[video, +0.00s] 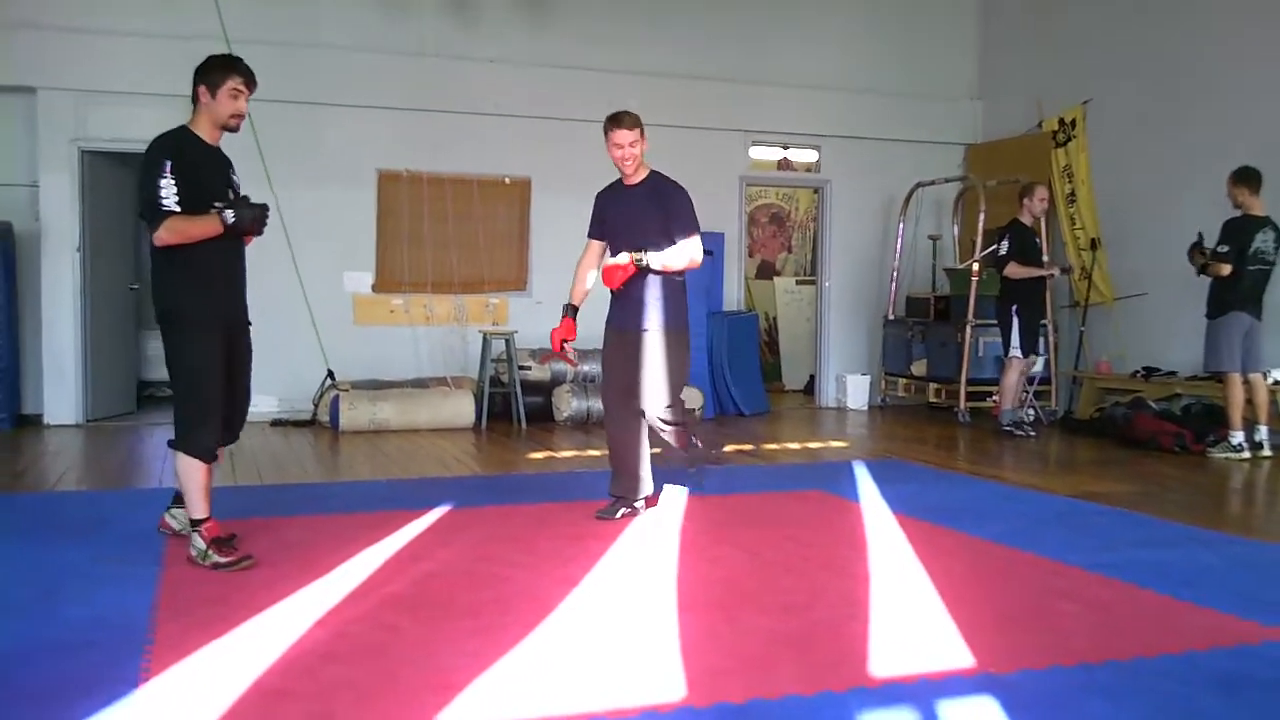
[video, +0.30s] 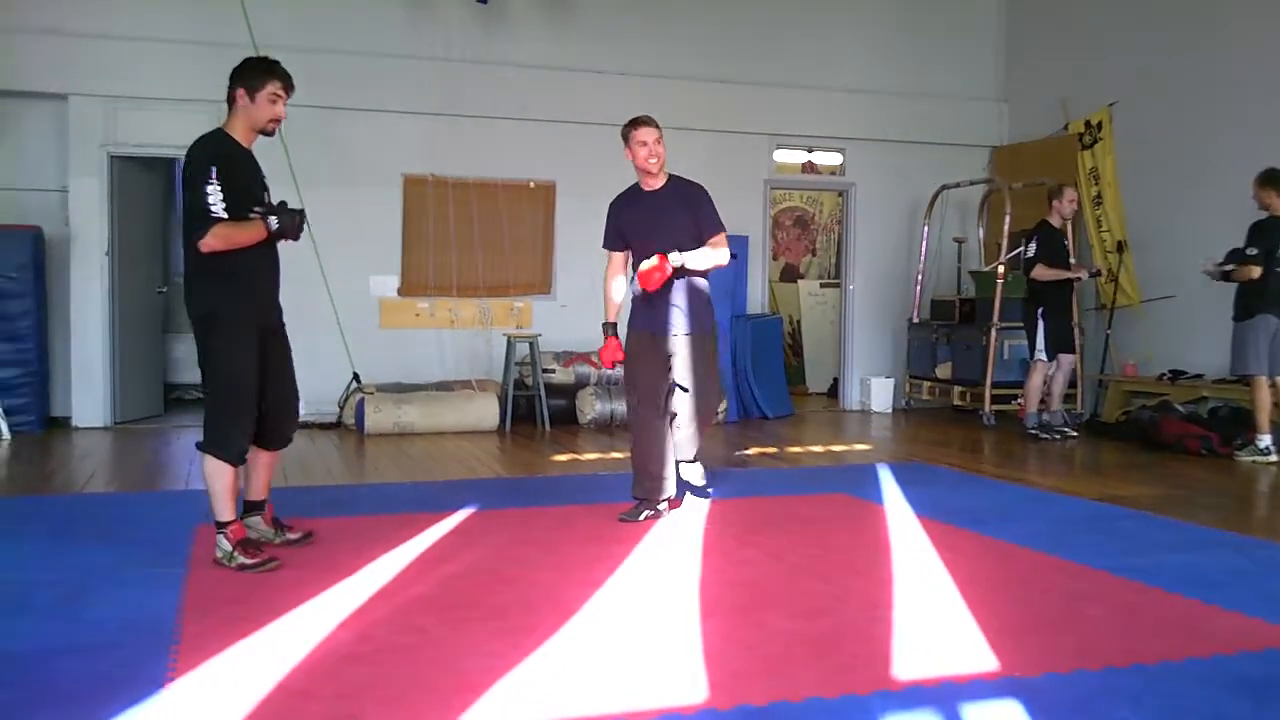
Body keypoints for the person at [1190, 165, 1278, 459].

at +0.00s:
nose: (1229, 196)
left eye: (1231, 191)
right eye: (1229, 191)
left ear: (1242, 191)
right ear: (1255, 190)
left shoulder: (1235, 226)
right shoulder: (1271, 228)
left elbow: (1223, 269)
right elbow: (1252, 267)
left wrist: (1201, 263)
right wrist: (1210, 257)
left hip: (1229, 308)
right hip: (1254, 309)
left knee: (1232, 375)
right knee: (1255, 373)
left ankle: (1236, 440)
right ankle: (1262, 438)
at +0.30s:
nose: (1255, 198)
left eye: (1258, 193)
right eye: (1255, 193)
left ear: (1271, 193)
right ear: (1275, 193)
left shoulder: (1263, 227)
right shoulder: (1275, 225)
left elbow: (1252, 271)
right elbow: (1263, 267)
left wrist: (1224, 273)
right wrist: (1232, 266)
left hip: (1259, 312)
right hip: (1275, 310)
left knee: (1258, 378)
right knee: (1271, 378)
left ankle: (1263, 442)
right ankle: (1266, 439)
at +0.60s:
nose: (1237, 191)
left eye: (1239, 186)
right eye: (1238, 186)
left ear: (1251, 187)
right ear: (1264, 187)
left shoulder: (1244, 220)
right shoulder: (1276, 219)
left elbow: (1238, 264)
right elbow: (1264, 261)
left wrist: (1205, 263)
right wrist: (1227, 253)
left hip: (1242, 305)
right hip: (1269, 305)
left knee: (1243, 371)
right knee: (1268, 370)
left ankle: (1248, 437)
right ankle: (1274, 434)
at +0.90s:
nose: (1249, 192)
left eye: (1252, 187)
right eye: (1250, 187)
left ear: (1265, 188)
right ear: (1273, 188)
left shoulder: (1256, 225)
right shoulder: (1275, 222)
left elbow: (1226, 263)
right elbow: (1251, 258)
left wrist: (1216, 251)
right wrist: (1226, 253)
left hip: (1254, 307)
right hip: (1276, 305)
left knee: (1253, 374)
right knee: (1274, 374)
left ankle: (1258, 440)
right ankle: (1276, 434)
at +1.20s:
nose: (1269, 196)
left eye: (1270, 190)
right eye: (1269, 190)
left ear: (1274, 192)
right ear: (1275, 191)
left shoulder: (1269, 227)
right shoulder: (1269, 226)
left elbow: (1244, 260)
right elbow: (1247, 263)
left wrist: (1221, 251)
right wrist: (1223, 252)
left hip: (1268, 311)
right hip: (1268, 310)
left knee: (1269, 376)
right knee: (1269, 376)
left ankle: (1272, 441)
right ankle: (1271, 440)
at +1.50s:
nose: (1261, 196)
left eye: (1261, 190)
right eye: (1260, 190)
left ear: (1268, 190)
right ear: (1275, 189)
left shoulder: (1262, 225)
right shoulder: (1262, 225)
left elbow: (1252, 270)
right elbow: (1252, 270)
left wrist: (1247, 308)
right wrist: (1249, 308)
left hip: (1269, 308)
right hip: (1269, 308)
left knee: (1267, 371)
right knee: (1267, 371)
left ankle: (1270, 436)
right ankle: (1270, 435)